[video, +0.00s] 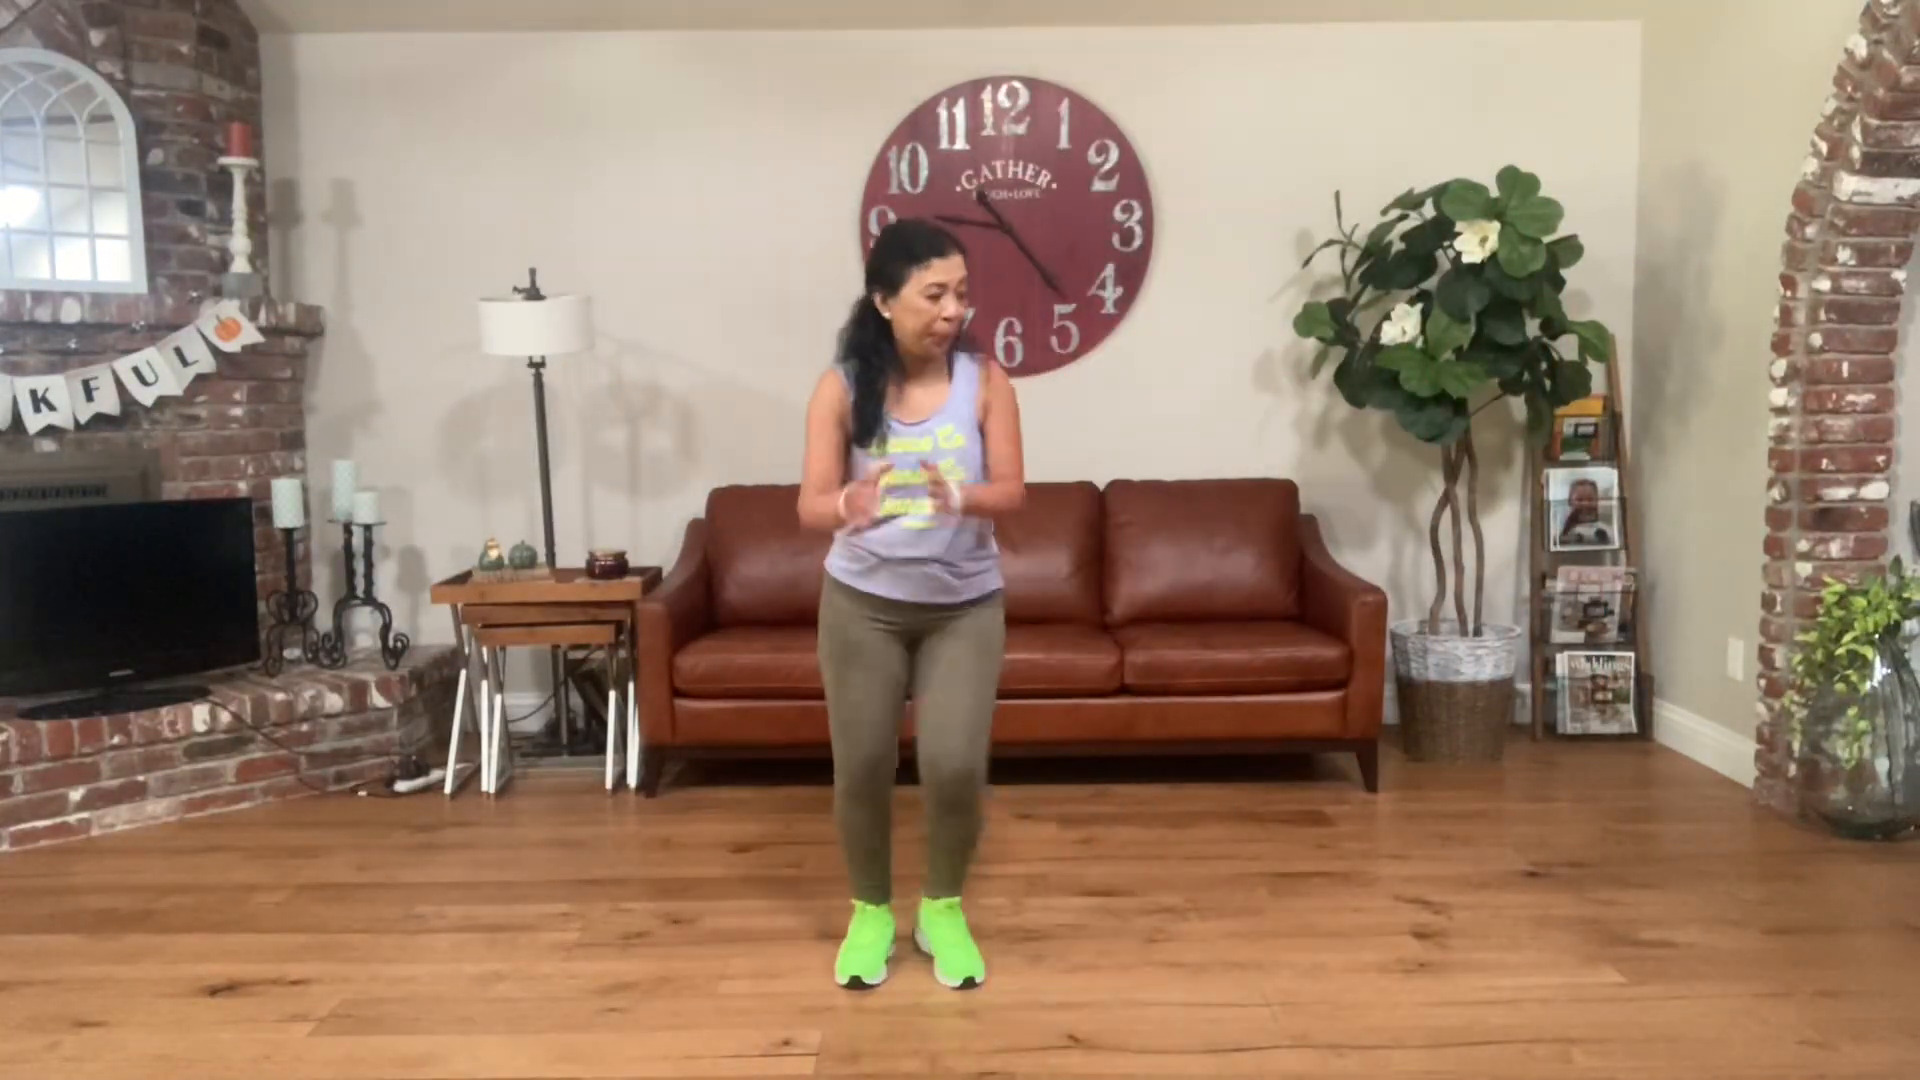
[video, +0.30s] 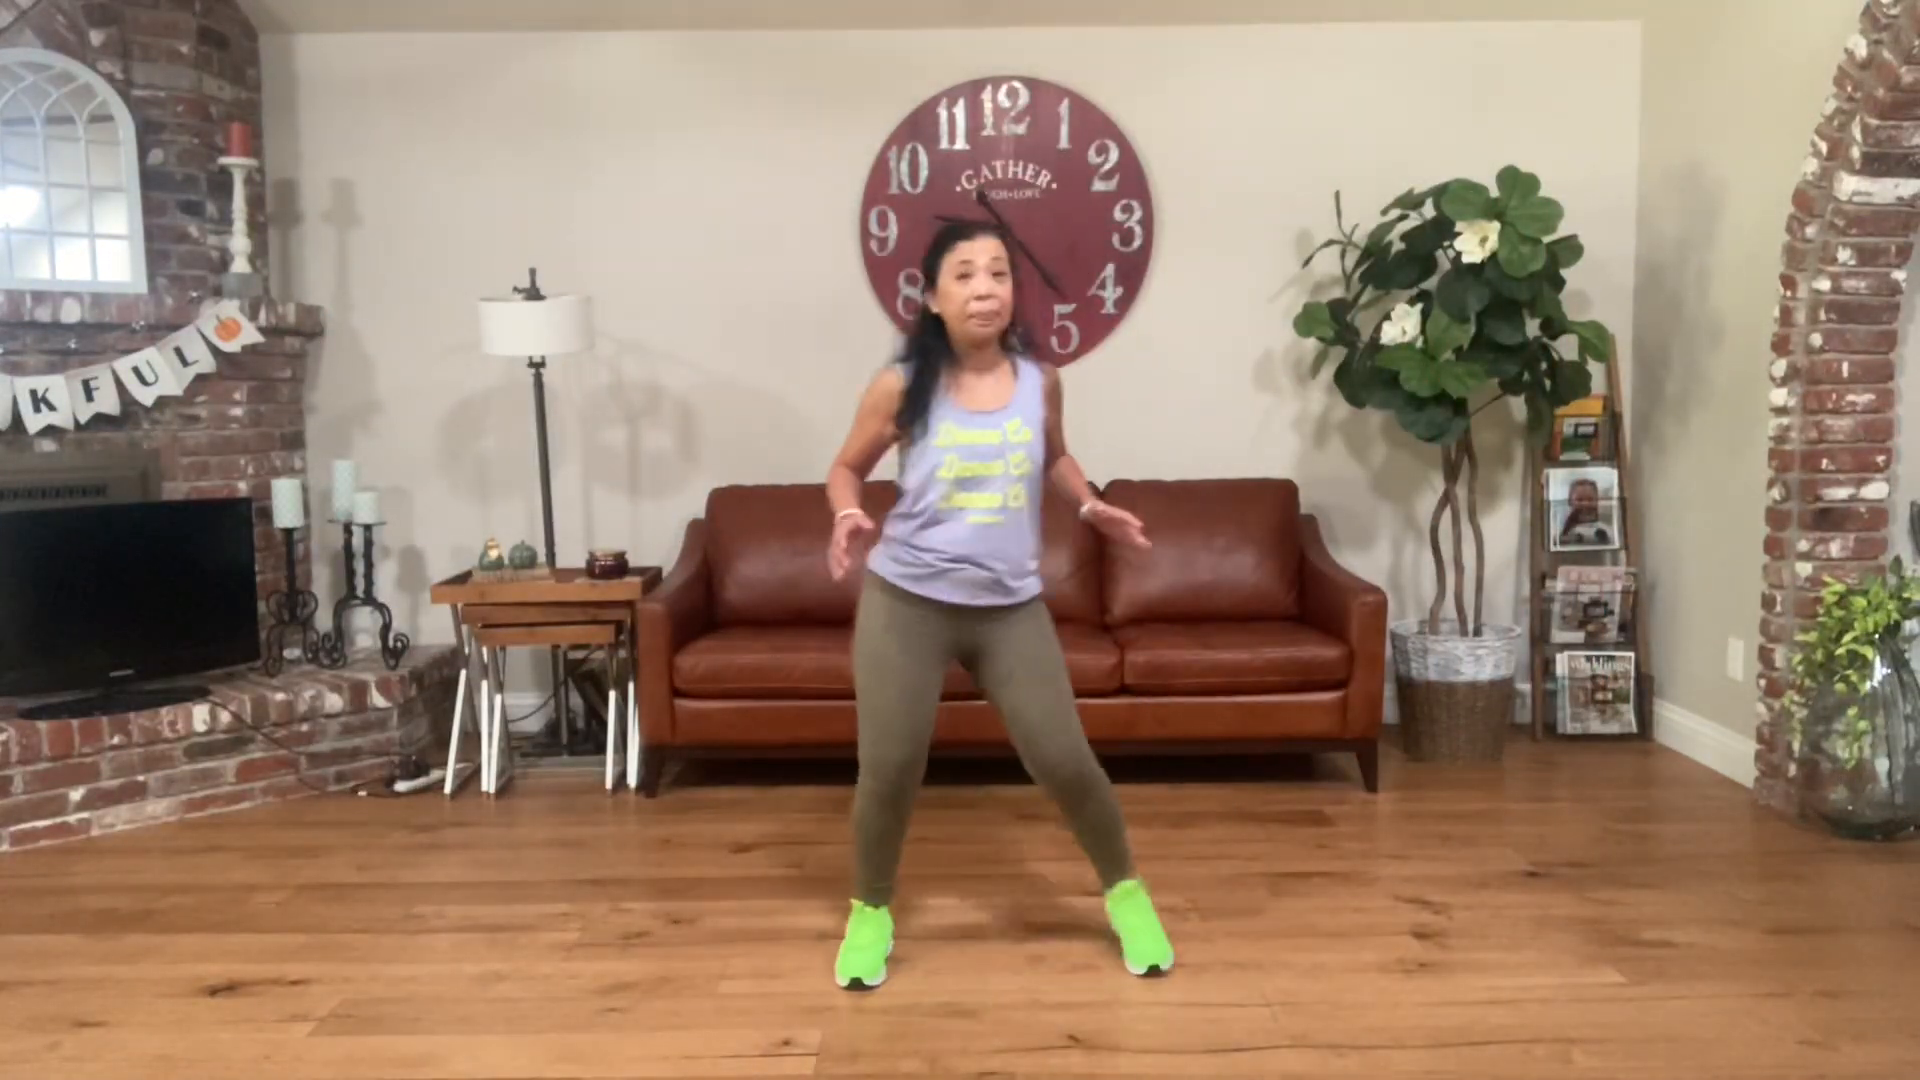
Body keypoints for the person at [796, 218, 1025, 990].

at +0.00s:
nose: (952, 309)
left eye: (959, 292)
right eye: (934, 294)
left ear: (967, 297)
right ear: (884, 303)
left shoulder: (986, 382)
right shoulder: (842, 388)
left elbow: (1010, 494)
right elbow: (812, 507)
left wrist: (959, 499)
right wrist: (849, 505)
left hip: (967, 606)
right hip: (861, 603)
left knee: (954, 765)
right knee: (862, 766)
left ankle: (942, 909)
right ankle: (871, 912)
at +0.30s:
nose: (984, 288)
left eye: (998, 273)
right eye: (965, 274)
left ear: (1016, 290)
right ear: (933, 295)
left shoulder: (1039, 383)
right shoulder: (901, 386)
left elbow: (1054, 457)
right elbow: (845, 469)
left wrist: (1089, 502)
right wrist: (850, 513)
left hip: (1012, 604)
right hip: (906, 598)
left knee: (1066, 763)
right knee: (888, 765)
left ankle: (1125, 894)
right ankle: (870, 912)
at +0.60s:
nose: (1056, 284)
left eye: (1071, 267)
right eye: (1038, 271)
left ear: (1098, 281)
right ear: (1017, 291)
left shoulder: (1133, 370)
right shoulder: (995, 384)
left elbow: (1166, 461)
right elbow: (971, 492)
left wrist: (1187, 468)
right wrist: (970, 500)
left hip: (1124, 596)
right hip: (1017, 591)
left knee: (1132, 754)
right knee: (960, 748)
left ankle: (1142, 901)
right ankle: (895, 904)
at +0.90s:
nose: (1066, 295)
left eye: (1083, 277)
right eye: (1054, 281)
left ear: (1124, 283)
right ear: (1042, 293)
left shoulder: (1165, 369)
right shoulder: (1026, 373)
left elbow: (1175, 478)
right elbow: (1024, 480)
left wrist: (1110, 436)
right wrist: (1077, 433)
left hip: (1156, 586)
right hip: (1055, 592)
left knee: (1156, 746)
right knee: (1079, 751)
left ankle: (1145, 897)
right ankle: (1085, 887)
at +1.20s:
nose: (1031, 319)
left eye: (1047, 302)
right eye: (1025, 304)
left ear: (1096, 305)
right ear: (1023, 308)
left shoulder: (1156, 389)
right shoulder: (1022, 383)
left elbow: (1207, 486)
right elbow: (985, 477)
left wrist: (1182, 512)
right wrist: (957, 499)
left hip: (1139, 591)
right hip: (1040, 590)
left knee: (1138, 748)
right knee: (992, 722)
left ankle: (1143, 898)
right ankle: (1031, 858)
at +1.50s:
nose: (982, 285)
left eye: (1000, 268)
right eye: (969, 274)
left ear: (1037, 285)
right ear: (959, 296)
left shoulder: (1072, 378)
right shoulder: (961, 378)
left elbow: (1131, 453)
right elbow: (959, 457)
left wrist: (1126, 481)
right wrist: (885, 468)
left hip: (1053, 595)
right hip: (949, 596)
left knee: (1089, 749)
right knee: (911, 744)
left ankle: (1138, 900)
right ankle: (868, 881)